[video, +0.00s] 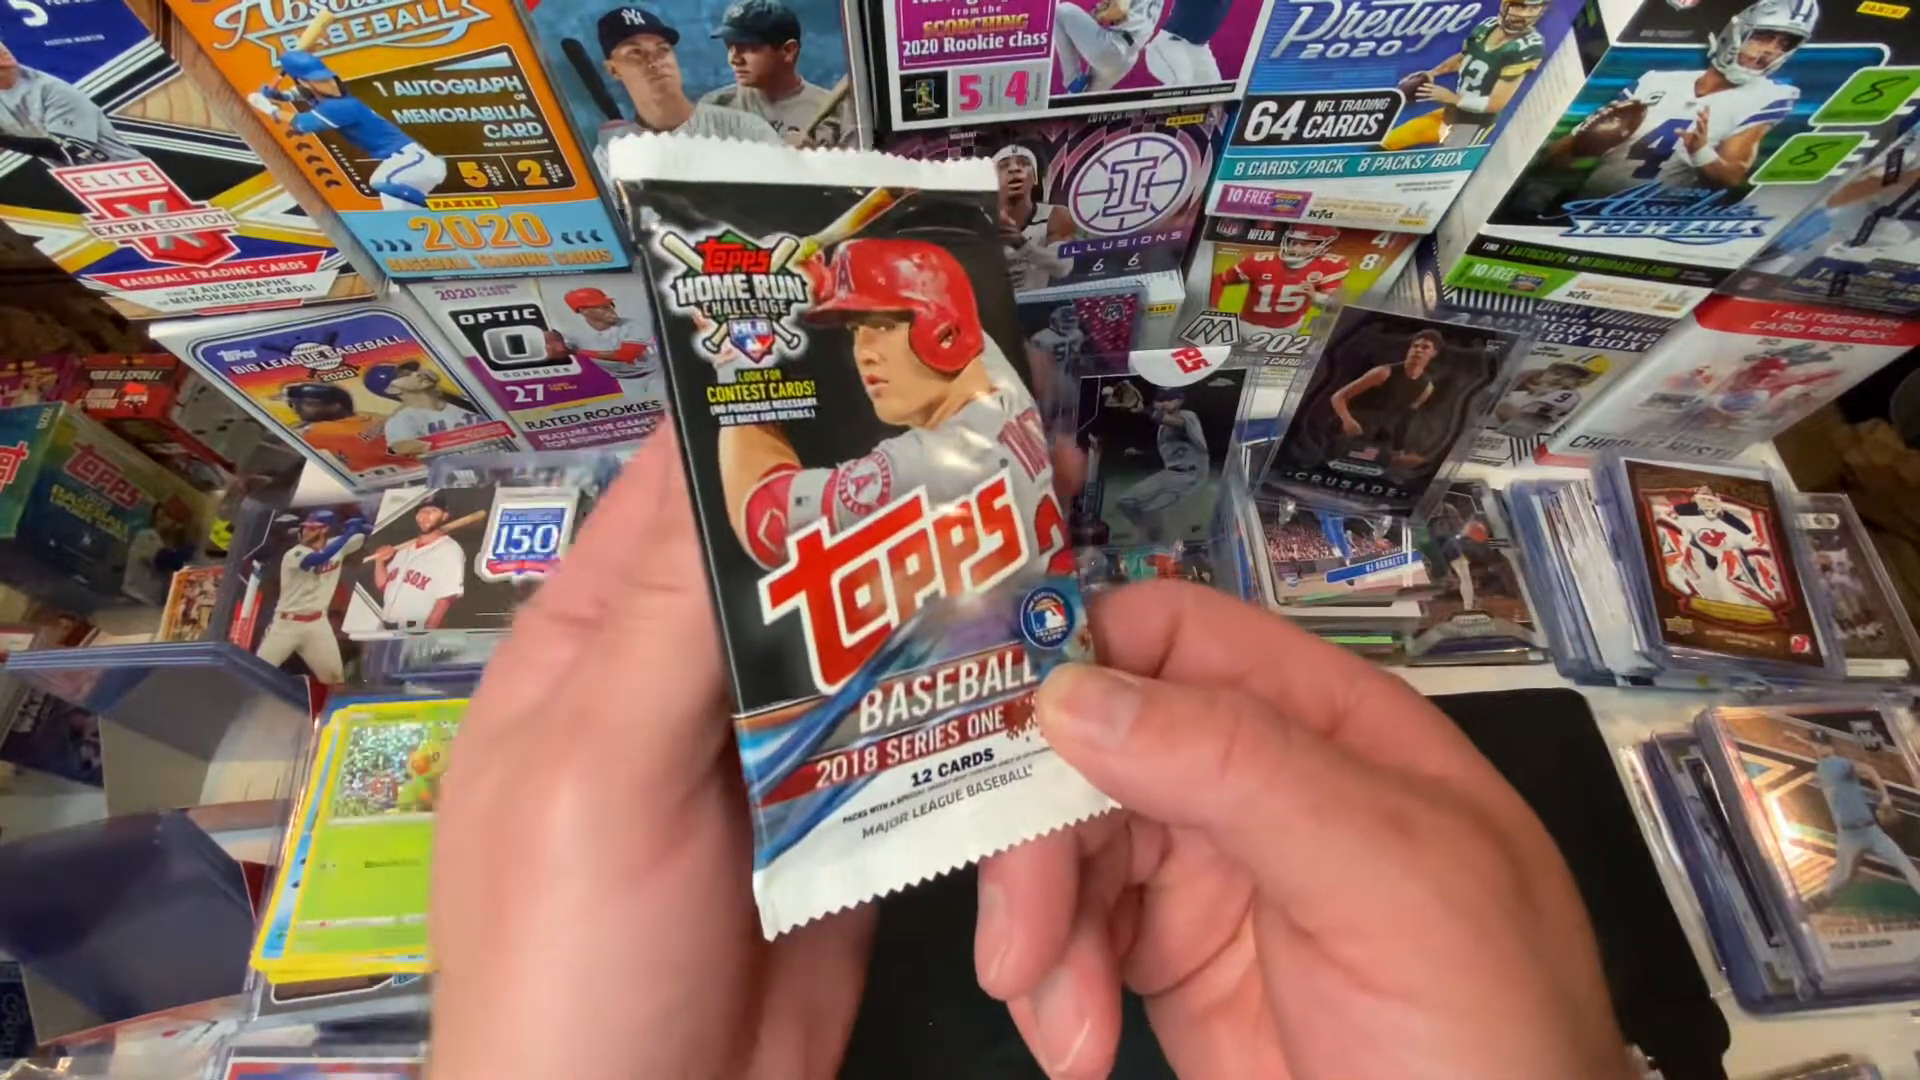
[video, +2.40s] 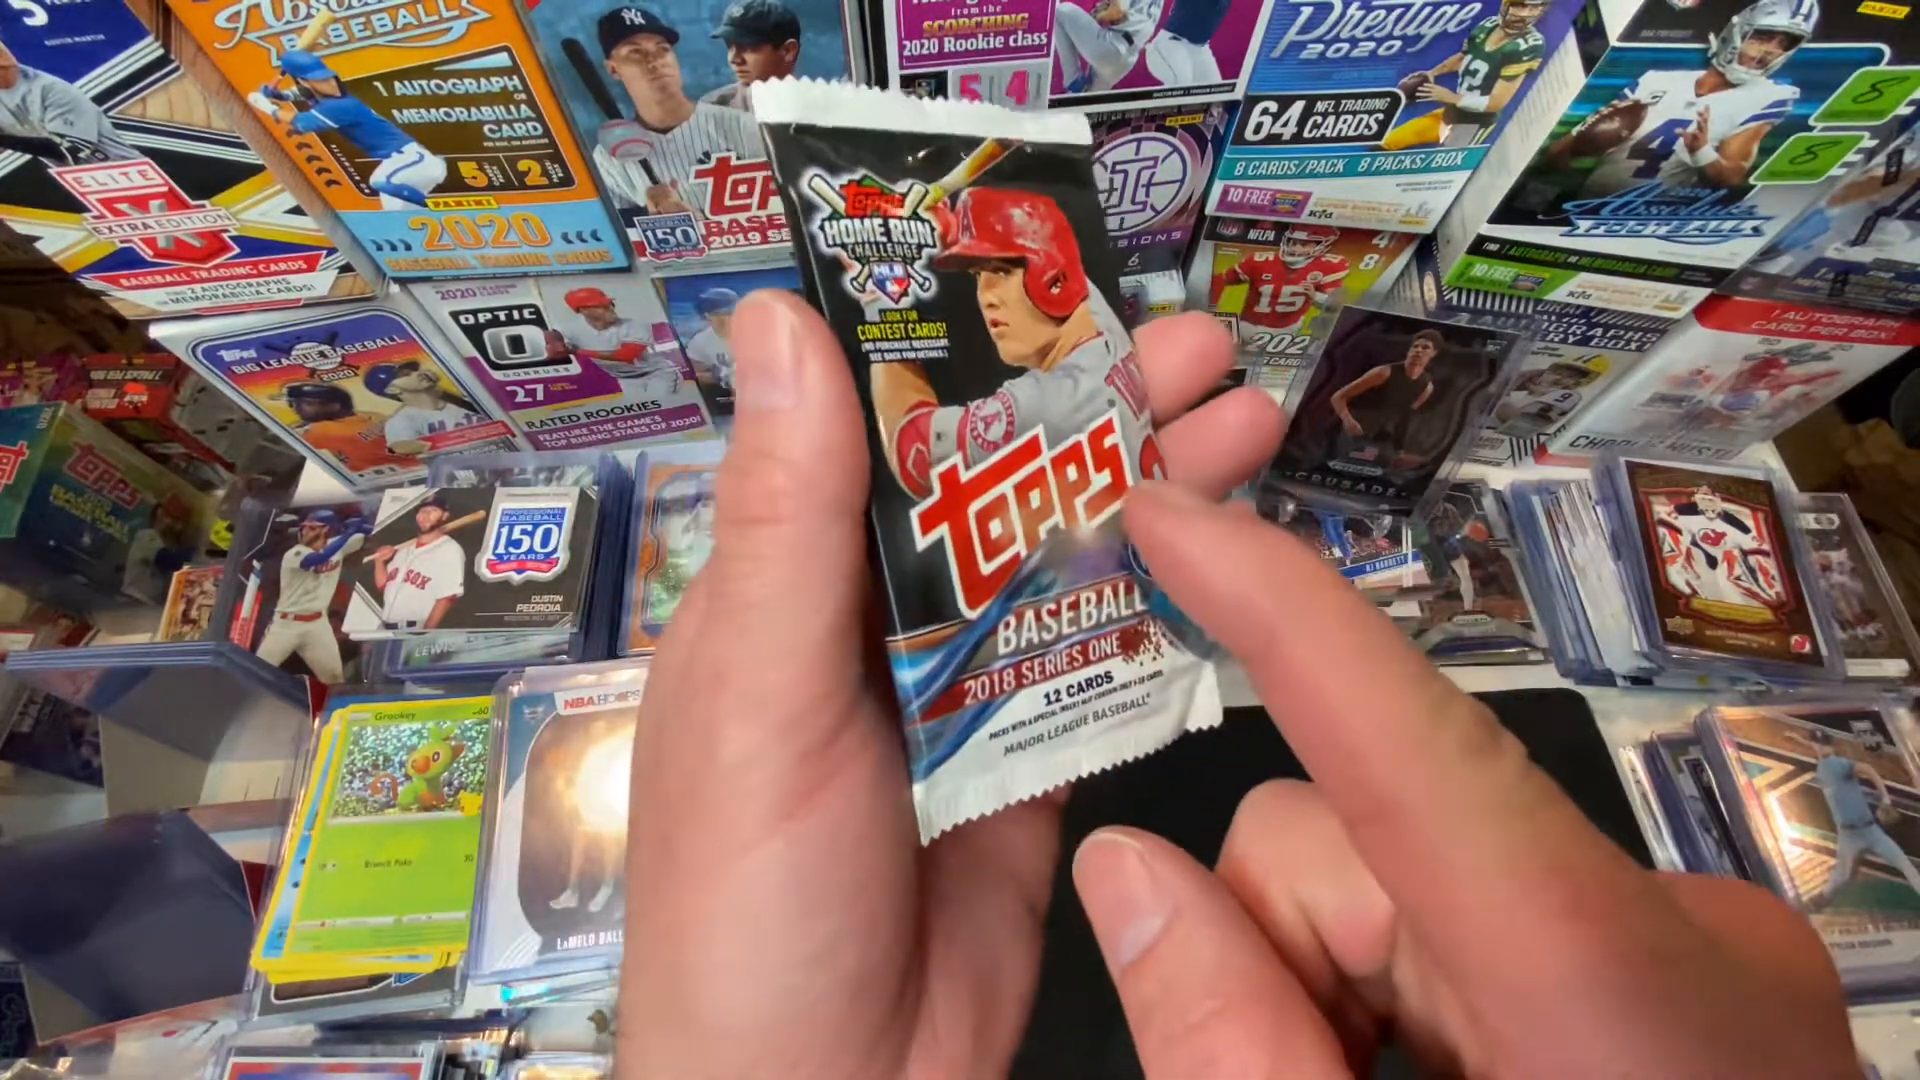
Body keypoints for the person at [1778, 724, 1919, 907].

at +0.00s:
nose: (1823, 749)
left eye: (1825, 744)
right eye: (1818, 746)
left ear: (1831, 745)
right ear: (1813, 748)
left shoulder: (1840, 764)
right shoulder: (1822, 767)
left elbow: (1869, 770)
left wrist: (1885, 797)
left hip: (1871, 829)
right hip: (1847, 834)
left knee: (1903, 863)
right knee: (1843, 876)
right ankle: (1824, 896)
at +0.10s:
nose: (1823, 749)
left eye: (1824, 744)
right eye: (1818, 745)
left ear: (1830, 744)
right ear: (1814, 748)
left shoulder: (1838, 763)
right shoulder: (1822, 767)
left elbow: (1869, 770)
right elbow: (1813, 747)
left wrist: (1885, 796)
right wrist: (1800, 739)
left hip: (1870, 829)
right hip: (1847, 834)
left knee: (1904, 864)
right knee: (1843, 875)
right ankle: (1824, 897)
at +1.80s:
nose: (1822, 749)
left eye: (1824, 744)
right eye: (1818, 745)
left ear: (1830, 745)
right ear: (1814, 748)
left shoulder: (1839, 764)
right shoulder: (1823, 767)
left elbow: (1869, 770)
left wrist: (1885, 797)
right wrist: (1796, 738)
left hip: (1871, 829)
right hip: (1847, 834)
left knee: (1903, 862)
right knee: (1842, 874)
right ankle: (1825, 896)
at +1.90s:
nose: (1823, 749)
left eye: (1825, 744)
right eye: (1819, 745)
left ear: (1831, 745)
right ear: (1814, 748)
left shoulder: (1839, 764)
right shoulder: (1823, 767)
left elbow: (1868, 770)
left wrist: (1884, 797)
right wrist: (1796, 738)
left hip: (1871, 829)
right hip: (1847, 834)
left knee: (1904, 863)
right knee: (1842, 874)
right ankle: (1825, 896)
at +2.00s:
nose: (1823, 749)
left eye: (1825, 744)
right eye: (1819, 745)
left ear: (1831, 745)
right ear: (1814, 748)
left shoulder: (1839, 764)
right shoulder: (1823, 767)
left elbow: (1868, 770)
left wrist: (1884, 797)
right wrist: (1796, 738)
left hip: (1871, 829)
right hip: (1847, 834)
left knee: (1904, 863)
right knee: (1842, 875)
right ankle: (1825, 896)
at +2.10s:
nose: (1823, 749)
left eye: (1825, 744)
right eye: (1819, 745)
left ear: (1831, 745)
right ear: (1814, 747)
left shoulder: (1839, 764)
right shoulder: (1823, 767)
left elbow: (1868, 770)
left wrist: (1885, 797)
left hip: (1871, 828)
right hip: (1847, 834)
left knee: (1904, 864)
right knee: (1843, 875)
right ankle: (1823, 897)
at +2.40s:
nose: (1824, 749)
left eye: (1826, 744)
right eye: (1819, 745)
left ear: (1831, 745)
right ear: (1814, 748)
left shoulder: (1839, 764)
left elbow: (1868, 770)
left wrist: (1885, 797)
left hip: (1871, 829)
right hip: (1847, 834)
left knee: (1904, 863)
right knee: (1842, 875)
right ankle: (1824, 897)